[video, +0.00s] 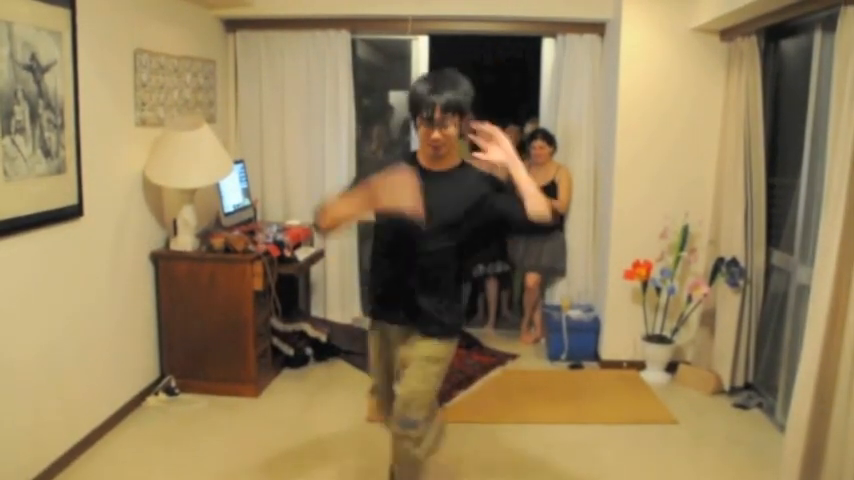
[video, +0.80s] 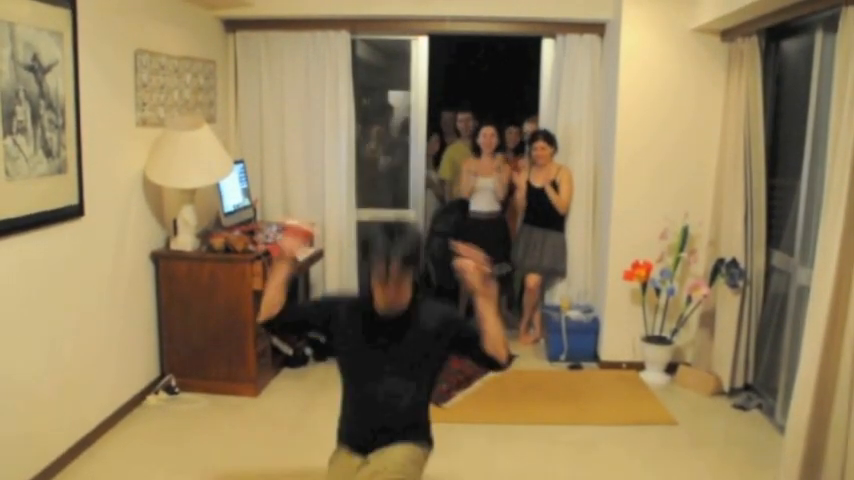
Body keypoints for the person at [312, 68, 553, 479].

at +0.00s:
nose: (434, 134)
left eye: (444, 123)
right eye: (425, 123)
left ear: (463, 125)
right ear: (414, 123)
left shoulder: (479, 184)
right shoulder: (394, 173)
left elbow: (542, 217)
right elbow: (324, 220)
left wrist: (511, 160)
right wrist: (372, 196)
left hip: (438, 321)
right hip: (386, 314)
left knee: (408, 420)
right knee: (389, 408)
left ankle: (403, 475)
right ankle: (432, 430)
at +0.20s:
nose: (406, 107)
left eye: (416, 96)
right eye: (398, 97)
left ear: (436, 98)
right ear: (387, 100)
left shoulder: (460, 149)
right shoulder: (375, 149)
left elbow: (483, 190)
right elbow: (317, 195)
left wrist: (460, 217)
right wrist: (259, 211)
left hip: (441, 279)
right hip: (390, 260)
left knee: (420, 394)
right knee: (371, 303)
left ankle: (404, 474)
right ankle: (377, 410)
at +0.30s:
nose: (391, 116)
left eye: (401, 106)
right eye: (384, 106)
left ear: (423, 108)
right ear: (373, 109)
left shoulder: (448, 159)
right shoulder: (363, 164)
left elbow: (474, 243)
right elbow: (324, 241)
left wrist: (455, 322)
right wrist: (284, 307)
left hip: (436, 289)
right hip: (388, 271)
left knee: (415, 390)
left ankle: (404, 471)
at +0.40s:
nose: (383, 137)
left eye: (392, 126)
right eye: (374, 127)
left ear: (412, 128)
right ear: (364, 132)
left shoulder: (446, 187)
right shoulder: (355, 187)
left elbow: (474, 268)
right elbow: (360, 263)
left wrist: (470, 333)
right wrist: (363, 313)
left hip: (431, 314)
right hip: (377, 296)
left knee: (413, 421)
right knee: (350, 356)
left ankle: (403, 473)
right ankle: (319, 470)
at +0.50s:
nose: (392, 145)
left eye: (400, 135)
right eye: (384, 136)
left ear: (419, 136)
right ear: (371, 139)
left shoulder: (454, 195)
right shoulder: (358, 194)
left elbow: (475, 257)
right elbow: (371, 254)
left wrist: (475, 312)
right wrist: (365, 301)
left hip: (420, 332)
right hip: (364, 316)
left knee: (401, 447)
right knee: (337, 414)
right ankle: (341, 474)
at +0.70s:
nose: (395, 238)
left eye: (404, 228)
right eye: (386, 228)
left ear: (421, 227)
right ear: (373, 226)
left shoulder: (444, 274)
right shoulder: (354, 270)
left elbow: (484, 335)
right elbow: (300, 310)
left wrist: (526, 316)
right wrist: (251, 265)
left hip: (407, 416)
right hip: (352, 410)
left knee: (385, 474)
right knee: (338, 473)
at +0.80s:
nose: (391, 292)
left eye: (401, 281)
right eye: (383, 280)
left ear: (415, 277)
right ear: (368, 276)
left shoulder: (437, 319)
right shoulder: (344, 313)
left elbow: (498, 359)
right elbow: (272, 319)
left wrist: (482, 292)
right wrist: (285, 262)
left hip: (405, 442)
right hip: (352, 441)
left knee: (379, 477)